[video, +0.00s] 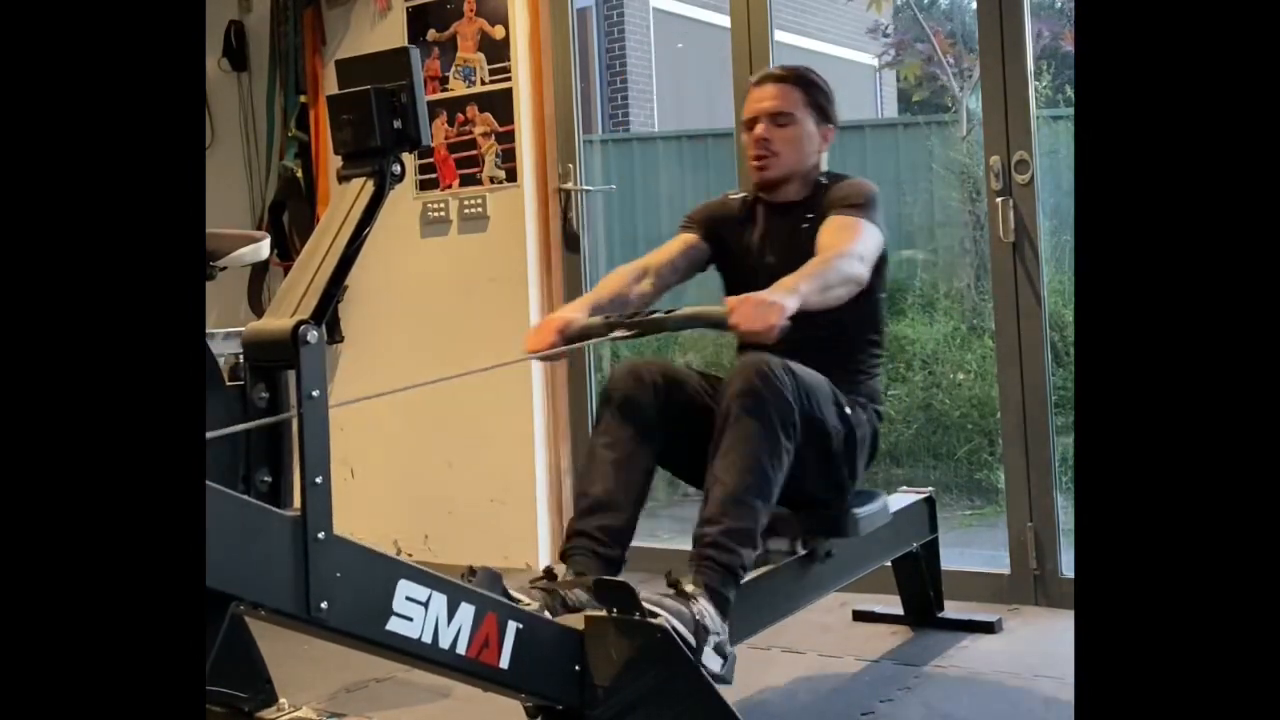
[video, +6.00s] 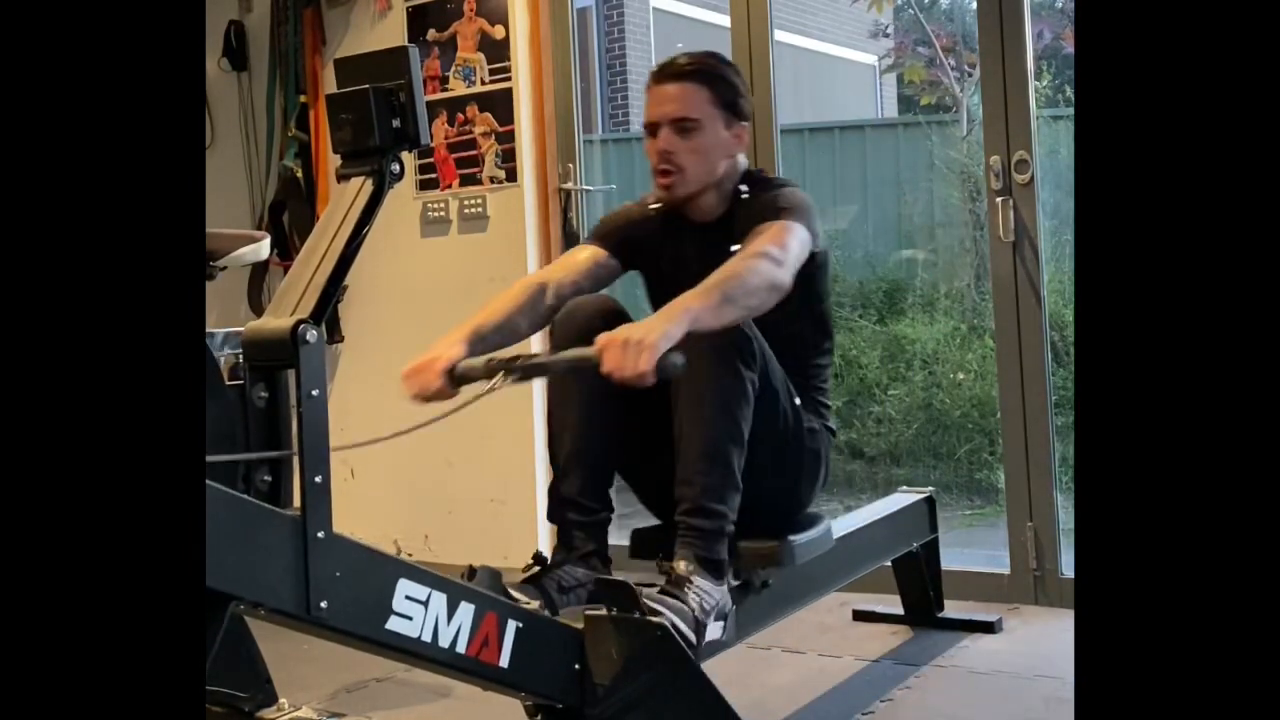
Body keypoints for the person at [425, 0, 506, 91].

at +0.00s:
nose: (471, 7)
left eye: (473, 4)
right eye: (468, 4)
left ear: (476, 7)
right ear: (463, 8)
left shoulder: (480, 22)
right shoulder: (457, 25)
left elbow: (493, 34)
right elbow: (445, 36)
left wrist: (498, 32)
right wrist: (435, 36)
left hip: (474, 60)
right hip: (460, 59)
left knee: (474, 89)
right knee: (458, 89)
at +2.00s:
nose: (471, 9)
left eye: (473, 7)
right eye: (468, 8)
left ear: (475, 8)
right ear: (463, 8)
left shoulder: (480, 22)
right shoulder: (458, 25)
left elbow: (493, 34)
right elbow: (445, 36)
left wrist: (498, 32)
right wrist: (435, 36)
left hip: (474, 60)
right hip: (460, 59)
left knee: (474, 89)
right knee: (458, 89)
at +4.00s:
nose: (471, 7)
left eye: (473, 4)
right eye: (468, 4)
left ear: (476, 7)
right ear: (463, 7)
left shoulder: (480, 22)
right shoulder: (457, 24)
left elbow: (493, 34)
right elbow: (445, 36)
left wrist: (498, 32)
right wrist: (435, 36)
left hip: (474, 60)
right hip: (460, 59)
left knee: (474, 89)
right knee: (458, 89)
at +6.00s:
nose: (471, 7)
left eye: (473, 4)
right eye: (468, 4)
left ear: (476, 7)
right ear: (463, 8)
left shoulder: (480, 22)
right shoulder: (457, 25)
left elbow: (494, 34)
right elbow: (444, 36)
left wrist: (498, 32)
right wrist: (435, 36)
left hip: (474, 60)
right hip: (460, 59)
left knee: (474, 89)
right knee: (459, 89)